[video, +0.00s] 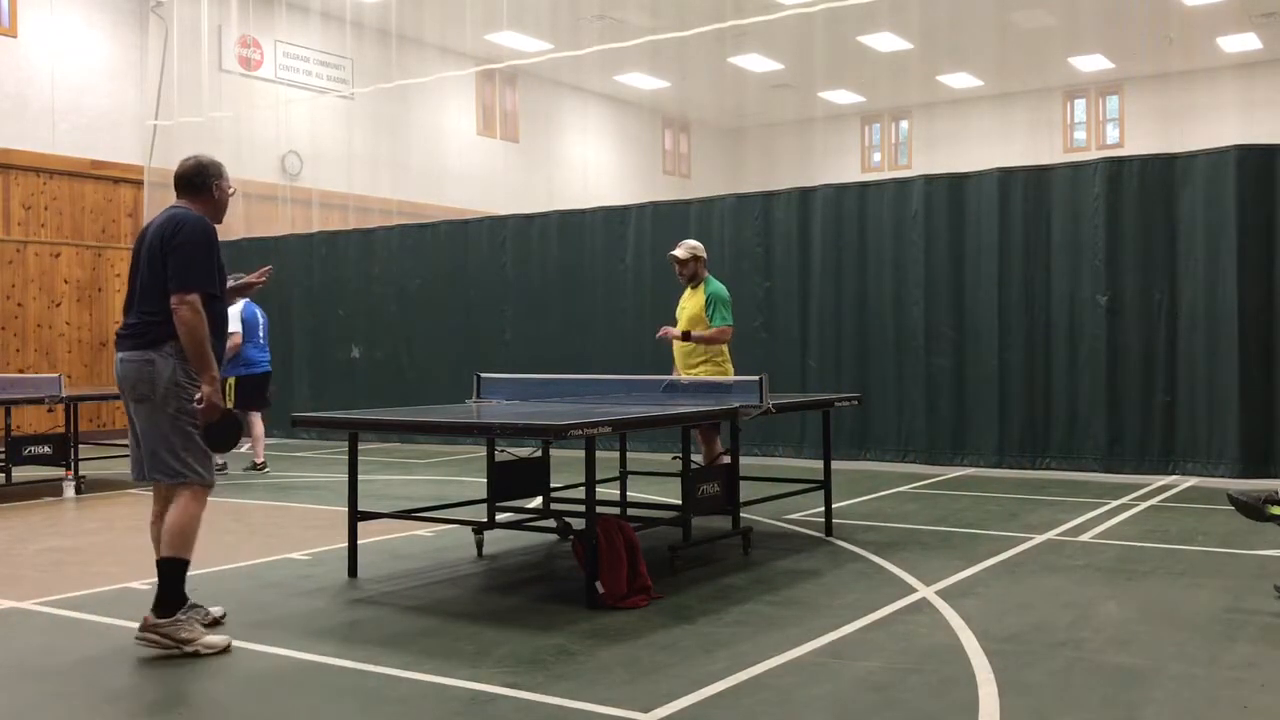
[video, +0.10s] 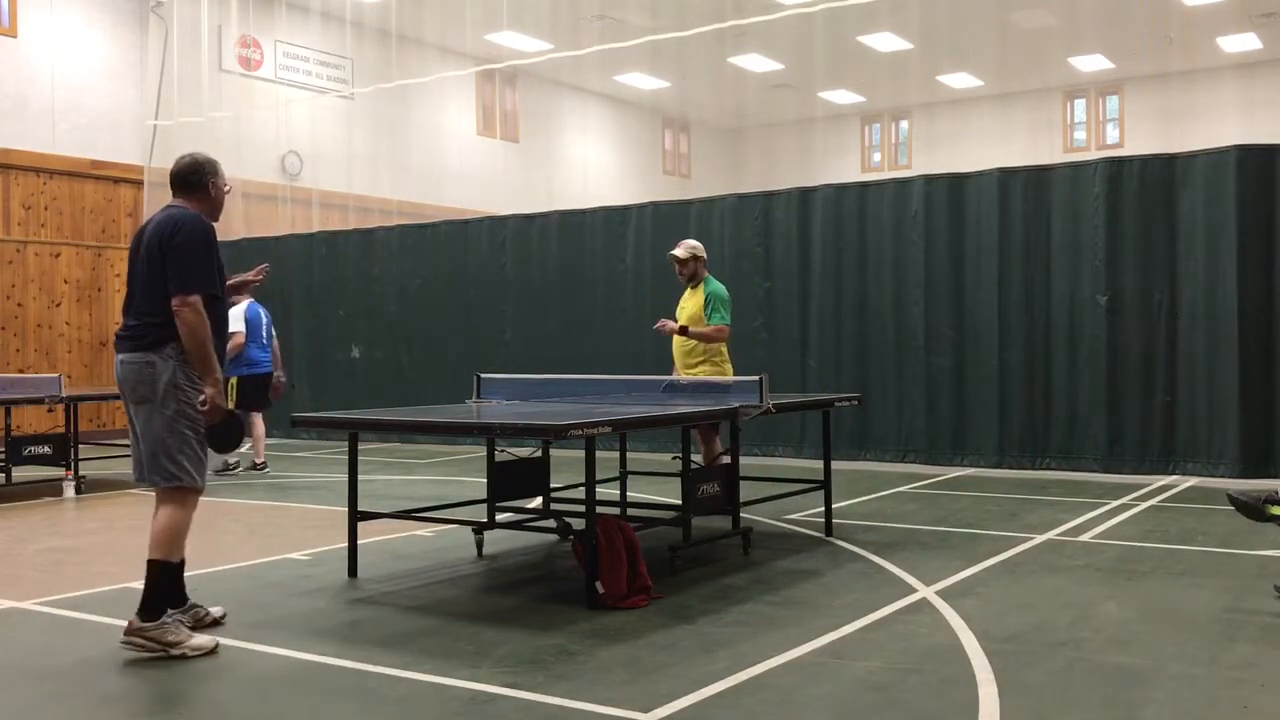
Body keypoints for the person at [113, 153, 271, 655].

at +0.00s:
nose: (229, 195)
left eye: (227, 188)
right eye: (227, 188)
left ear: (180, 188)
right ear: (215, 188)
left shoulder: (158, 226)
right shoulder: (194, 226)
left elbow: (177, 295)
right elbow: (184, 306)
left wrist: (234, 289)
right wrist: (209, 377)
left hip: (137, 362)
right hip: (165, 363)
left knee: (168, 488)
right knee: (194, 484)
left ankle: (174, 602)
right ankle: (166, 613)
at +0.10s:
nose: (227, 191)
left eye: (224, 184)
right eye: (223, 184)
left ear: (177, 186)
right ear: (210, 186)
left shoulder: (156, 225)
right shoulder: (192, 226)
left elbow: (172, 293)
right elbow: (186, 306)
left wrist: (229, 286)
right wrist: (213, 378)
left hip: (141, 363)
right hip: (165, 364)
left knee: (178, 487)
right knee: (180, 489)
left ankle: (174, 603)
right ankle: (151, 619)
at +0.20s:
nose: (222, 190)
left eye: (220, 183)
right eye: (219, 183)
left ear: (172, 185)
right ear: (207, 184)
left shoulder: (149, 227)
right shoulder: (191, 228)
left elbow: (167, 293)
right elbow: (189, 308)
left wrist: (226, 282)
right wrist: (219, 381)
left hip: (139, 365)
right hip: (169, 366)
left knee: (175, 491)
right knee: (175, 495)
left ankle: (175, 603)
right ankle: (148, 623)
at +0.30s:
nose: (219, 189)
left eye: (217, 181)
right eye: (217, 181)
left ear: (169, 183)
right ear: (204, 182)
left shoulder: (145, 227)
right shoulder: (190, 228)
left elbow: (164, 296)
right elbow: (192, 313)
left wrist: (223, 283)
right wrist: (224, 385)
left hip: (140, 366)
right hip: (169, 369)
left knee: (174, 493)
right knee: (174, 497)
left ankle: (175, 604)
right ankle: (146, 626)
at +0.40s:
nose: (218, 185)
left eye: (216, 177)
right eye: (215, 178)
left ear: (166, 181)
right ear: (201, 181)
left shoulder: (140, 226)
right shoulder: (188, 229)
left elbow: (160, 293)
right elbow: (192, 317)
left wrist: (218, 278)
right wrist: (227, 388)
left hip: (135, 368)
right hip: (169, 371)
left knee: (174, 493)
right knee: (173, 497)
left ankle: (175, 605)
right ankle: (146, 626)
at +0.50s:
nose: (217, 184)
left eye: (215, 176)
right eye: (214, 177)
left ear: (164, 180)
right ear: (201, 180)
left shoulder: (137, 225)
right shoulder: (185, 231)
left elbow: (157, 293)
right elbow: (189, 320)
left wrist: (217, 276)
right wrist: (228, 392)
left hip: (132, 370)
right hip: (168, 372)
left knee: (174, 494)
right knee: (173, 498)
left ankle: (175, 605)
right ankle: (146, 626)